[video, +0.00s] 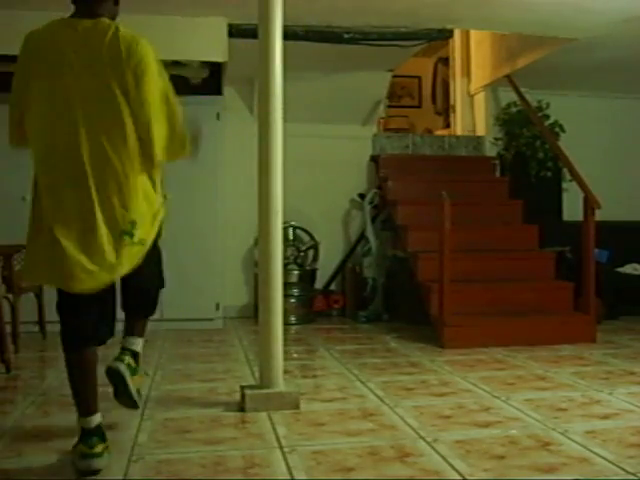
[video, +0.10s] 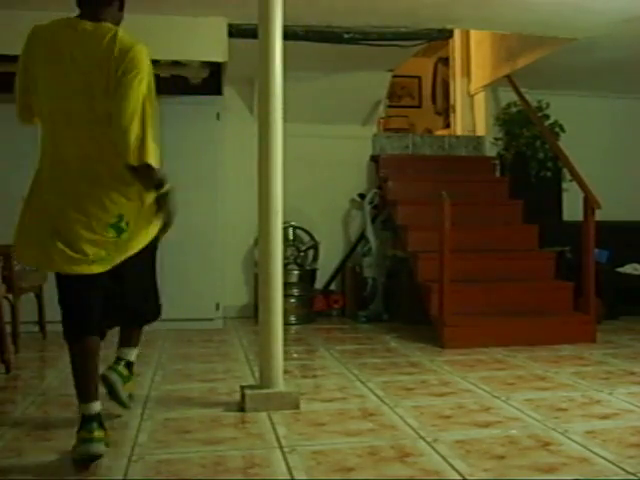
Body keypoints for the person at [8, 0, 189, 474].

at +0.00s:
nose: (117, 8)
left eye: (111, 4)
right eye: (117, 3)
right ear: (115, 2)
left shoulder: (37, 44)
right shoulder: (132, 49)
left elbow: (19, 131)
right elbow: (166, 139)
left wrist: (67, 122)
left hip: (63, 204)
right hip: (126, 199)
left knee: (78, 323)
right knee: (143, 276)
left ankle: (90, 435)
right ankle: (129, 353)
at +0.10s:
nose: (122, 12)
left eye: (118, 8)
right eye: (123, 7)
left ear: (78, 3)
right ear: (118, 6)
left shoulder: (40, 39)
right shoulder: (128, 52)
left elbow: (27, 111)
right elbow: (132, 146)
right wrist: (163, 188)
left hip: (63, 206)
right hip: (122, 205)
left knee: (80, 320)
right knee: (138, 291)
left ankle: (90, 422)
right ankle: (122, 364)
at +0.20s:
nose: (126, 17)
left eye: (123, 11)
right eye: (126, 11)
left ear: (84, 8)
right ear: (122, 11)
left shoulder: (48, 37)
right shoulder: (127, 51)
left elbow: (32, 96)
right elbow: (115, 138)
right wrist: (135, 197)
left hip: (64, 191)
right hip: (119, 194)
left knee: (78, 300)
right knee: (132, 287)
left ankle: (87, 408)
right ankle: (113, 379)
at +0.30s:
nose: (130, 22)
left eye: (126, 14)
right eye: (129, 15)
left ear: (88, 13)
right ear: (126, 17)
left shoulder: (55, 42)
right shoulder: (128, 55)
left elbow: (36, 90)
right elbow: (115, 129)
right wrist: (139, 188)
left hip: (71, 199)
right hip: (127, 203)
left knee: (80, 297)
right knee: (127, 300)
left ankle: (79, 383)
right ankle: (106, 390)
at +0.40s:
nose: (130, 29)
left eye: (122, 21)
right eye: (130, 22)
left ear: (90, 20)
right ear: (130, 24)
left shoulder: (57, 60)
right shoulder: (131, 68)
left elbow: (36, 99)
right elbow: (127, 141)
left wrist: (76, 48)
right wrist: (164, 191)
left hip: (70, 203)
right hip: (125, 208)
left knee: (78, 280)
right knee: (121, 299)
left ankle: (80, 355)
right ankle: (99, 399)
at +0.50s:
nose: (128, 40)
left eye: (117, 32)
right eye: (130, 33)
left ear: (92, 31)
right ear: (130, 34)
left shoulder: (63, 74)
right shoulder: (140, 81)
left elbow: (36, 120)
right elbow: (149, 156)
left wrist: (75, 66)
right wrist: (192, 185)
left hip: (74, 217)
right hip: (130, 221)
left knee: (85, 275)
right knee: (118, 309)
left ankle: (80, 321)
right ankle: (95, 403)